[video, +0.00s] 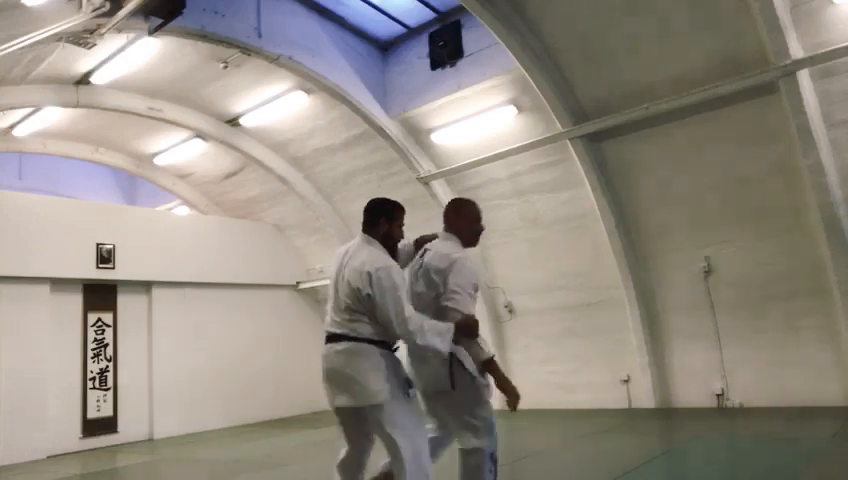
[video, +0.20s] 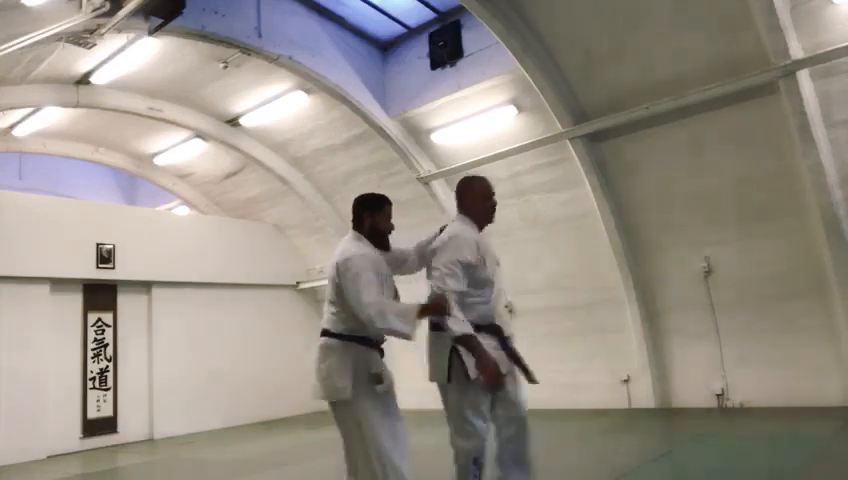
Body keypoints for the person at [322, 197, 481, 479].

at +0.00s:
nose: (403, 233)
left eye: (403, 226)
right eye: (400, 226)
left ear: (370, 225)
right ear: (382, 225)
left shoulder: (348, 252)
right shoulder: (381, 265)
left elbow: (387, 260)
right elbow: (404, 323)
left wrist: (416, 246)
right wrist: (453, 330)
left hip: (335, 357)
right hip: (368, 360)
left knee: (358, 443)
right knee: (409, 442)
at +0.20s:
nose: (392, 227)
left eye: (391, 220)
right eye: (387, 219)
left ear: (367, 220)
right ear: (368, 219)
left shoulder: (368, 252)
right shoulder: (357, 256)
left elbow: (412, 258)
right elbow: (373, 313)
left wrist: (445, 234)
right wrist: (422, 310)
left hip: (358, 355)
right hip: (349, 358)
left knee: (371, 445)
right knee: (377, 447)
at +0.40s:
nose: (377, 223)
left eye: (377, 217)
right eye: (371, 217)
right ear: (350, 218)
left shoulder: (377, 257)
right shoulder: (324, 259)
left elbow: (420, 264)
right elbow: (332, 304)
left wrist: (450, 252)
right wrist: (382, 305)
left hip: (360, 359)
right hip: (328, 360)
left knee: (372, 442)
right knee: (354, 445)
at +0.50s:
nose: (370, 220)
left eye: (371, 213)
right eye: (364, 213)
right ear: (342, 217)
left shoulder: (376, 259)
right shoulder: (318, 258)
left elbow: (414, 279)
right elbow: (320, 304)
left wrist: (440, 278)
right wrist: (371, 310)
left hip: (357, 363)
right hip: (321, 366)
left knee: (366, 442)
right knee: (336, 444)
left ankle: (357, 477)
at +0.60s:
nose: (363, 218)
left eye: (364, 212)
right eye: (356, 213)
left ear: (362, 215)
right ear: (335, 216)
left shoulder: (371, 259)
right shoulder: (313, 256)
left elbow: (396, 296)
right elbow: (314, 303)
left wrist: (429, 300)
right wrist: (369, 310)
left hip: (354, 363)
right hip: (314, 364)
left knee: (359, 443)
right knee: (319, 442)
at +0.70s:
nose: (355, 219)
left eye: (355, 213)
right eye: (348, 213)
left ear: (354, 214)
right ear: (327, 217)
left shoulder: (365, 260)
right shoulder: (307, 257)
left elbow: (385, 309)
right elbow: (309, 303)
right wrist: (364, 311)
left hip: (350, 364)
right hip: (310, 365)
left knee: (358, 446)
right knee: (298, 446)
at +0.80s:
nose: (345, 219)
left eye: (346, 213)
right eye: (337, 213)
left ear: (346, 217)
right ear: (318, 219)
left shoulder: (358, 262)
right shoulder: (300, 259)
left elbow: (371, 314)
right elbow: (301, 303)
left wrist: (376, 362)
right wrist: (356, 319)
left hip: (347, 366)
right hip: (305, 367)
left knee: (359, 445)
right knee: (285, 447)